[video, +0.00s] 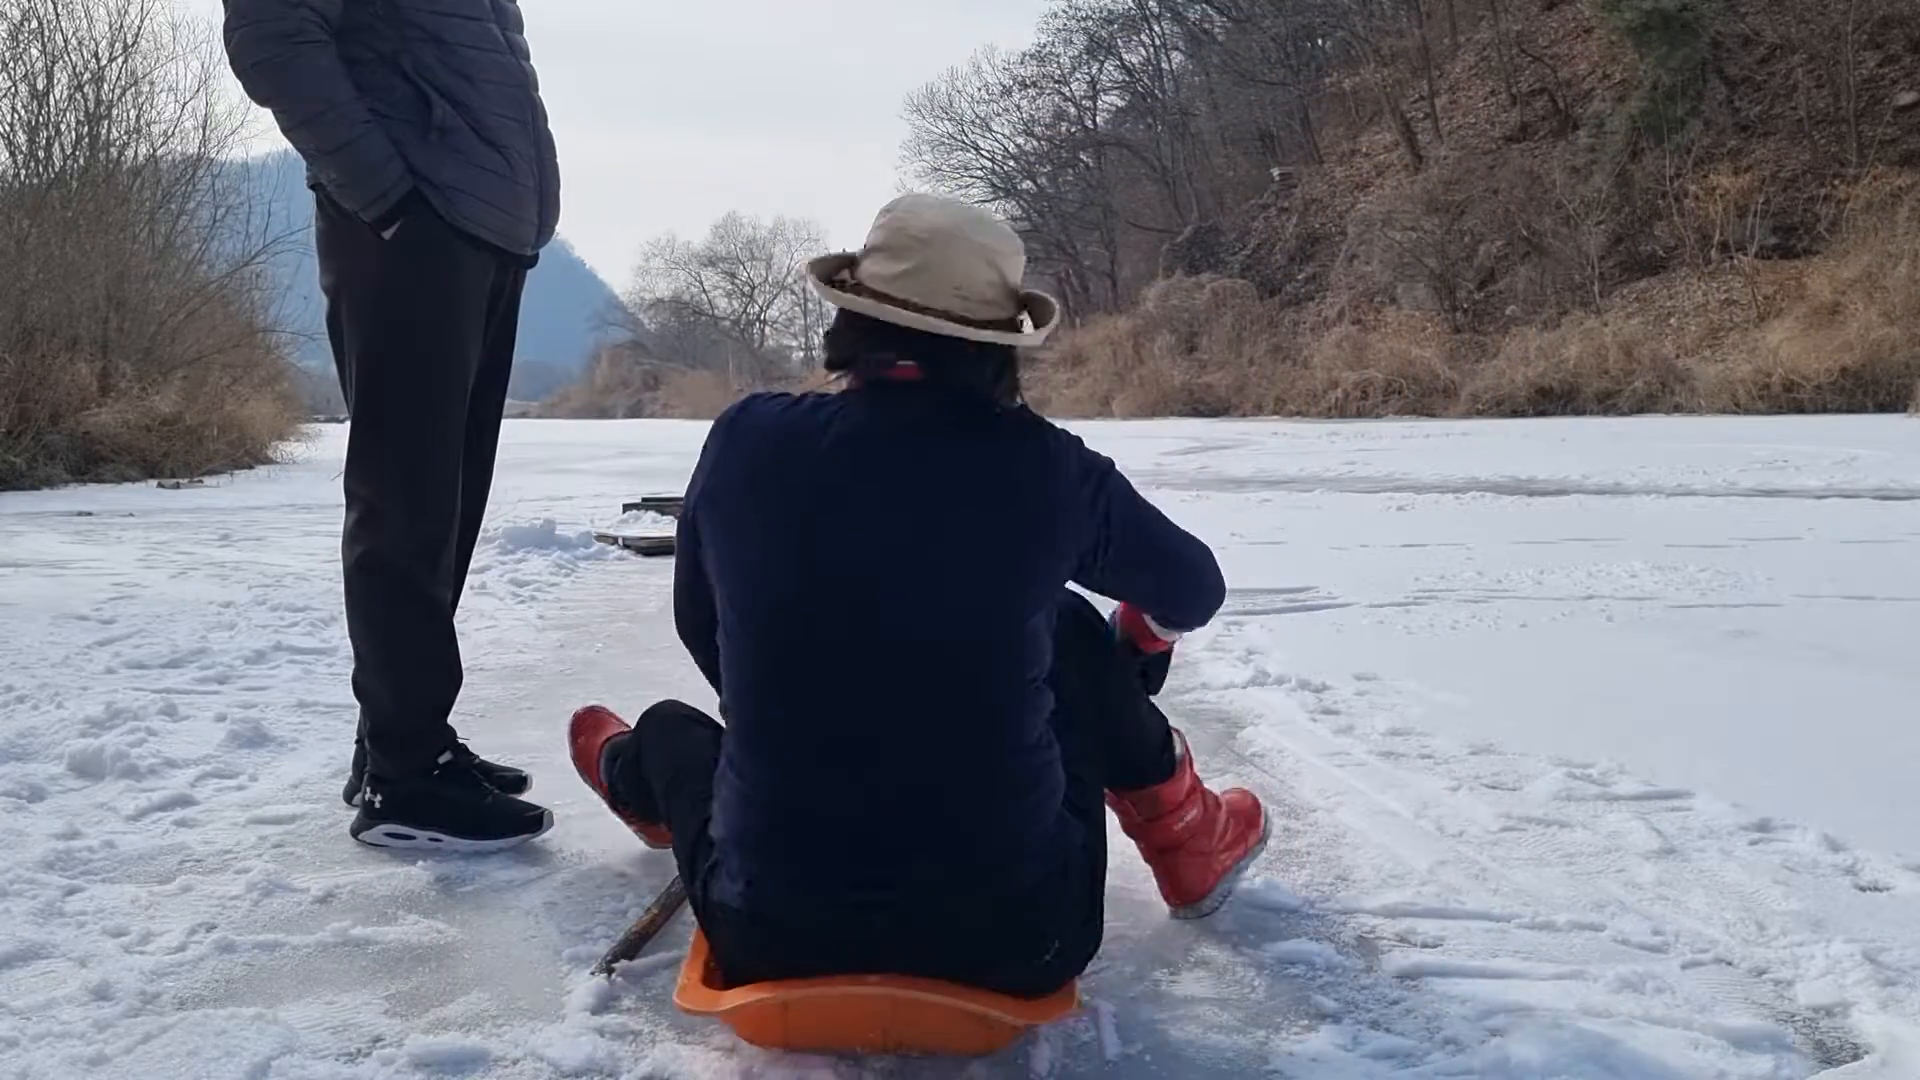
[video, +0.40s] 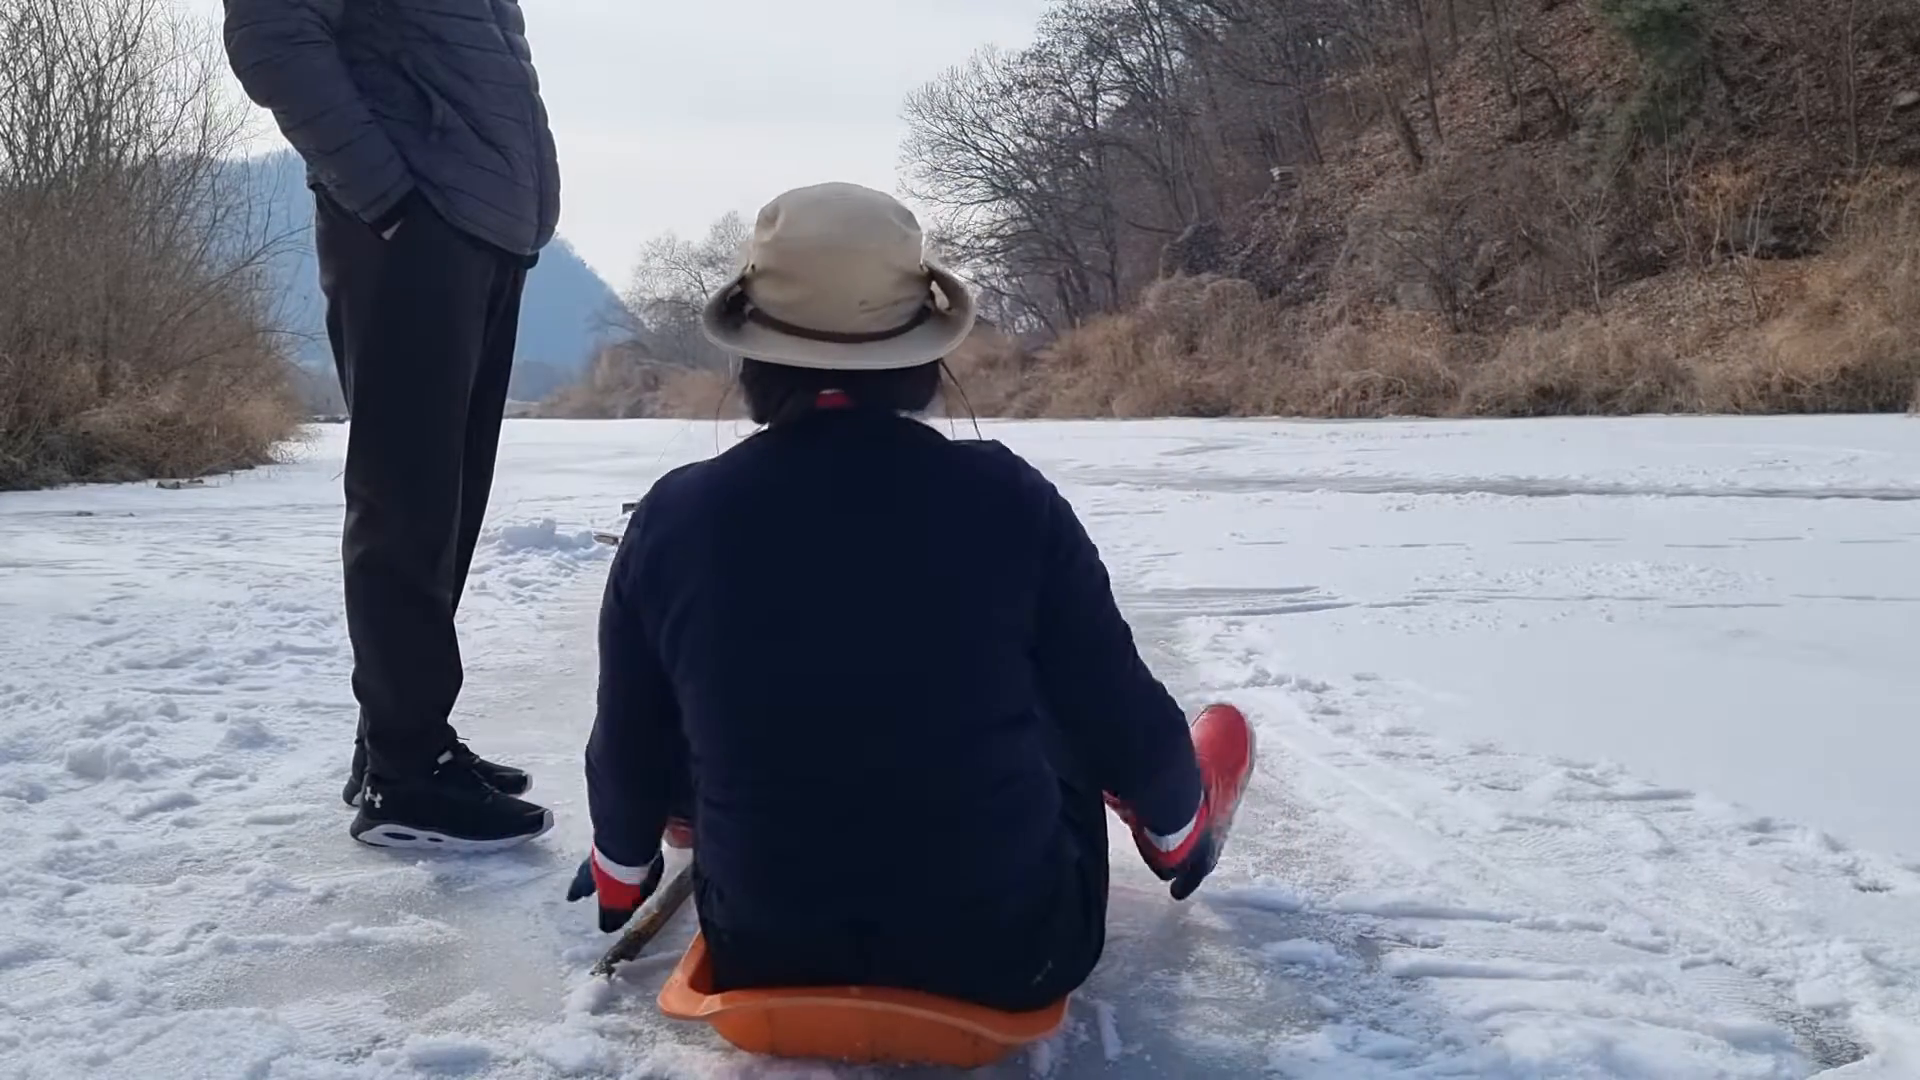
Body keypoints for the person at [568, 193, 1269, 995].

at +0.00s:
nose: (1021, 361)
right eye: (1013, 341)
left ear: (852, 330)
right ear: (994, 350)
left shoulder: (746, 438)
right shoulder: (1047, 466)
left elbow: (706, 635)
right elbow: (1193, 581)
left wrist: (798, 714)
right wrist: (1143, 631)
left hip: (778, 934)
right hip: (1007, 941)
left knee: (666, 735)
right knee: (1065, 617)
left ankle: (628, 776)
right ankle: (1186, 836)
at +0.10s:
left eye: (798, 329)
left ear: (807, 345)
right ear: (964, 352)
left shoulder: (719, 461)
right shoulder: (1019, 462)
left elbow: (663, 659)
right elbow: (1207, 605)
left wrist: (781, 634)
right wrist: (1205, 659)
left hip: (768, 945)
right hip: (1002, 956)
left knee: (687, 727)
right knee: (1054, 638)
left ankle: (651, 783)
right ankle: (1185, 828)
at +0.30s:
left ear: (759, 356)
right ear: (924, 351)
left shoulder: (683, 502)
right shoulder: (1012, 487)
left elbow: (631, 741)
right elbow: (1146, 685)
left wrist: (667, 793)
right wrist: (1229, 798)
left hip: (767, 952)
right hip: (998, 959)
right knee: (1080, 657)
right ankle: (1200, 838)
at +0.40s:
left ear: (756, 363)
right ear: (926, 359)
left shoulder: (679, 513)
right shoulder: (1006, 494)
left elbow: (628, 743)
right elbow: (1117, 715)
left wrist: (618, 878)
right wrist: (1176, 807)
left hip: (764, 948)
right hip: (996, 961)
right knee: (1069, 675)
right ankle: (1183, 828)